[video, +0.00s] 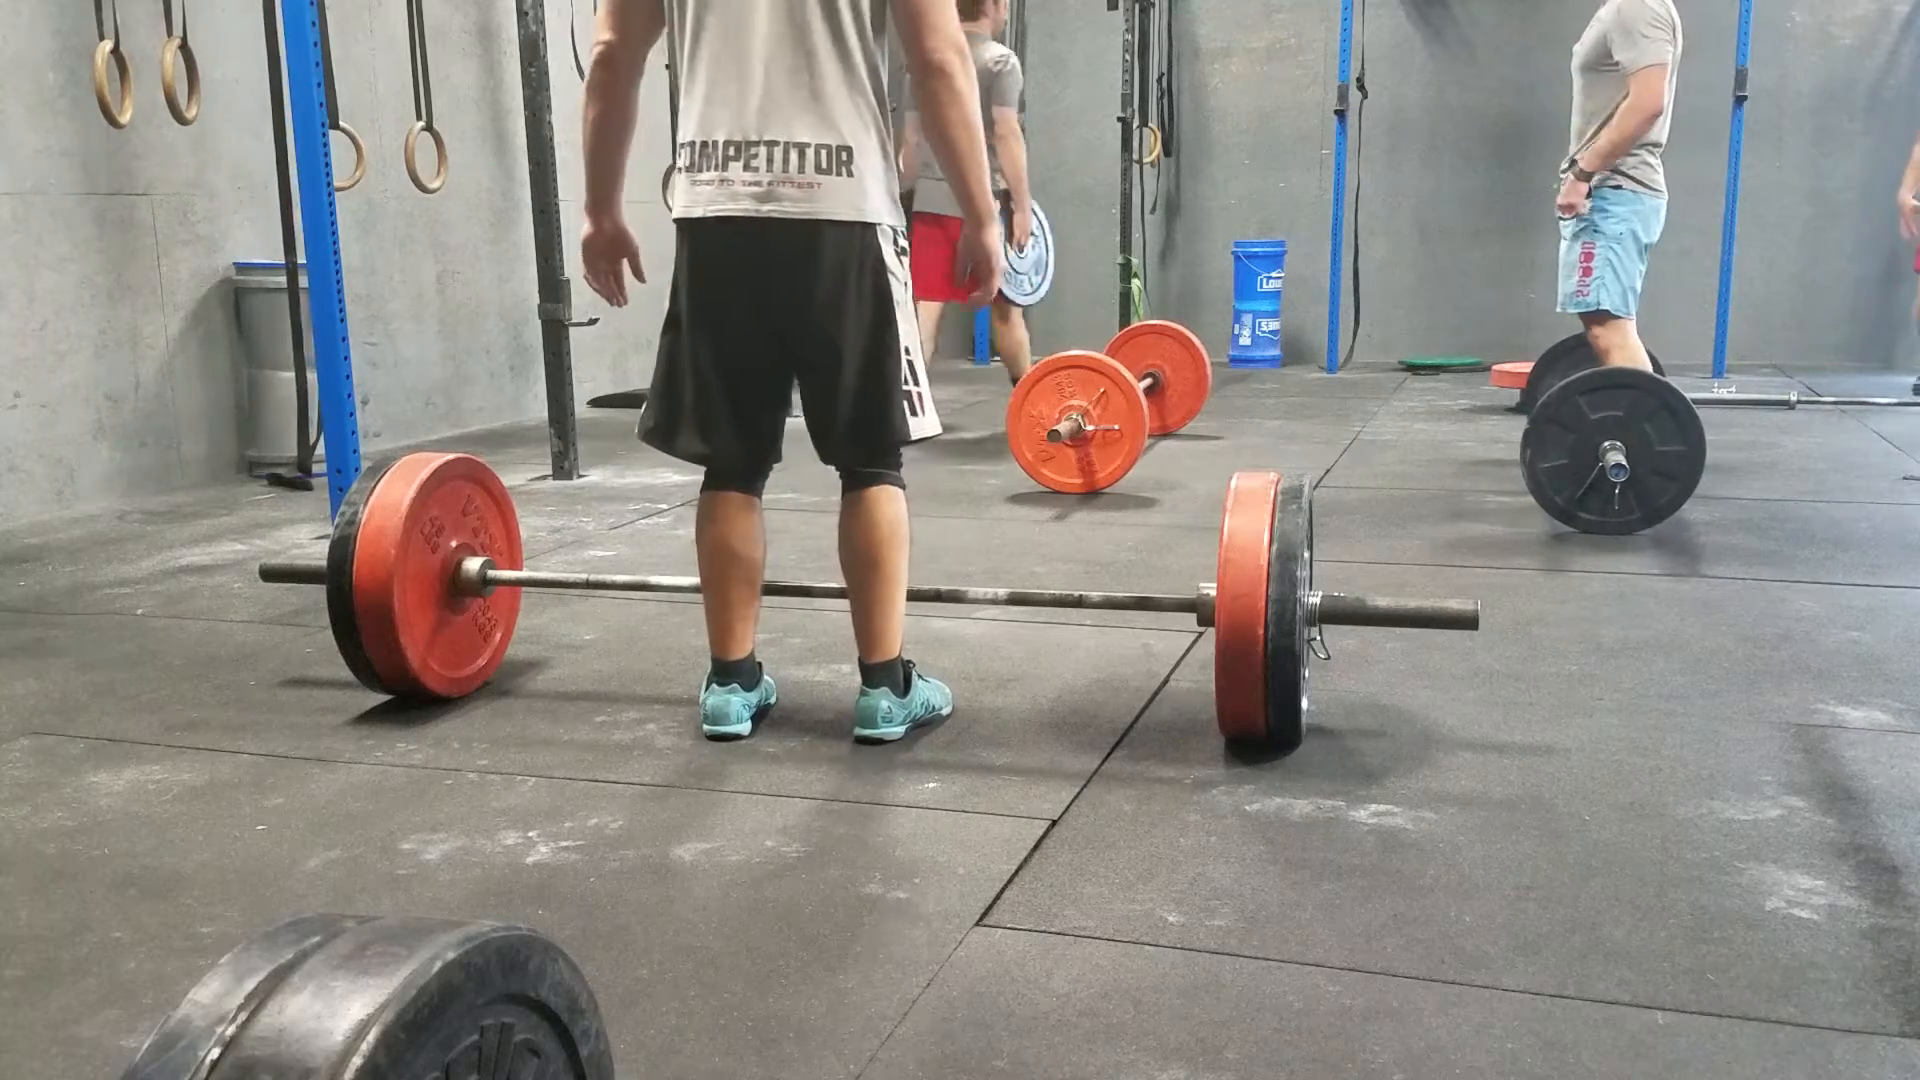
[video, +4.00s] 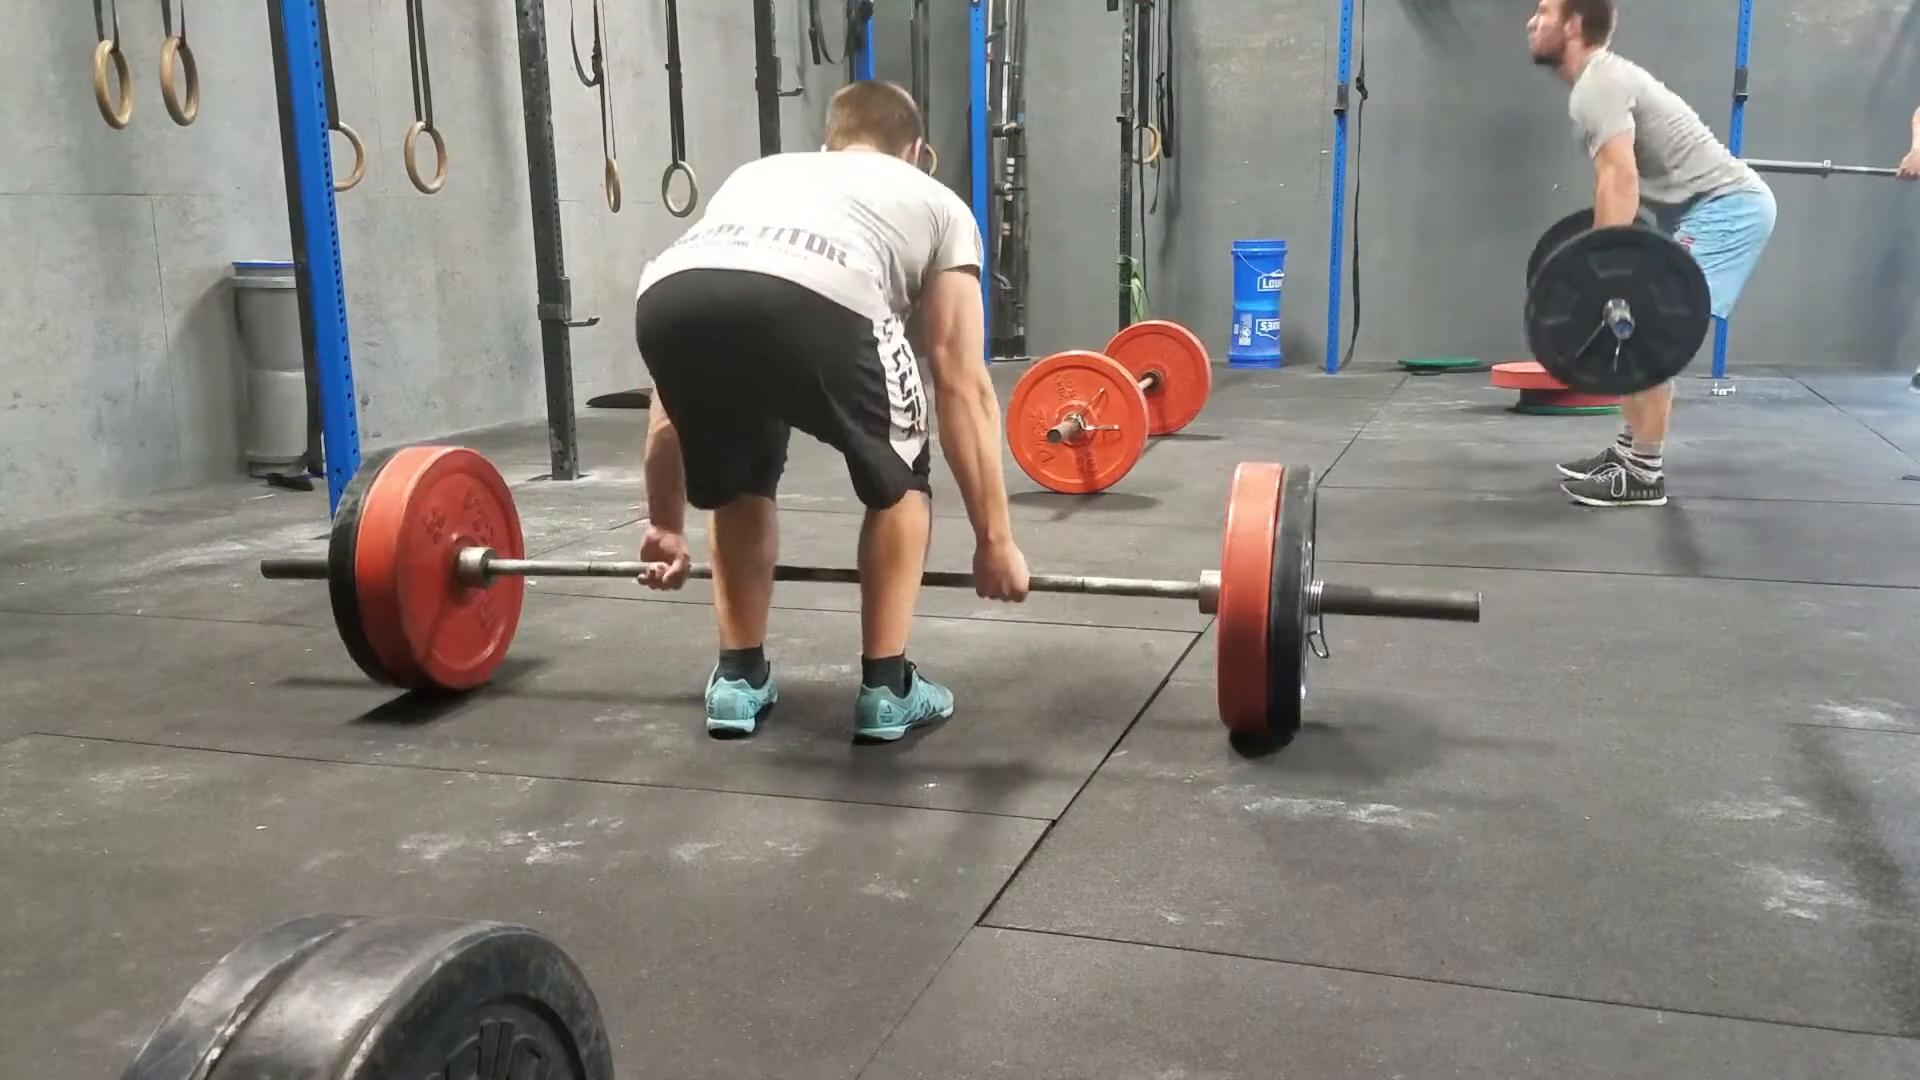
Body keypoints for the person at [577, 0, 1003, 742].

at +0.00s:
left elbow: (614, 55)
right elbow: (938, 60)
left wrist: (602, 213)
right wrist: (981, 216)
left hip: (716, 216)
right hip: (843, 216)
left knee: (732, 461)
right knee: (870, 461)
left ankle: (729, 682)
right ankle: (884, 685)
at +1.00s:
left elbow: (631, 54)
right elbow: (951, 62)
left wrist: (626, 215)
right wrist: (987, 221)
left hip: (724, 216)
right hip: (852, 217)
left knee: (741, 462)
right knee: (876, 464)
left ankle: (734, 679)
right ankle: (884, 685)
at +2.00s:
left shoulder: (690, 6)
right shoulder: (924, 6)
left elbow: (649, 161)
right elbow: (956, 170)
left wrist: (668, 311)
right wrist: (970, 319)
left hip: (697, 209)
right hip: (832, 209)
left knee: (728, 465)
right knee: (881, 464)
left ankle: (734, 679)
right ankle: (884, 686)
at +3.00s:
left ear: (832, 30)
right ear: (908, 56)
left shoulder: (721, 58)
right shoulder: (922, 83)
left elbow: (635, 251)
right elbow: (943, 269)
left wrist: (633, 411)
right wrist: (971, 437)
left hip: (681, 239)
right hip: (817, 240)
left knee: (723, 471)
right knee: (880, 467)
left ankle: (733, 681)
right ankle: (885, 688)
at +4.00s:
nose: (920, 167)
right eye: (922, 159)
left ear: (831, 144)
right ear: (914, 153)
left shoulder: (752, 174)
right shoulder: (938, 204)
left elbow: (670, 408)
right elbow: (960, 385)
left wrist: (663, 524)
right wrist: (995, 538)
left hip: (677, 299)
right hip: (818, 307)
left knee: (739, 480)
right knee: (898, 484)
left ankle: (738, 678)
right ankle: (886, 685)